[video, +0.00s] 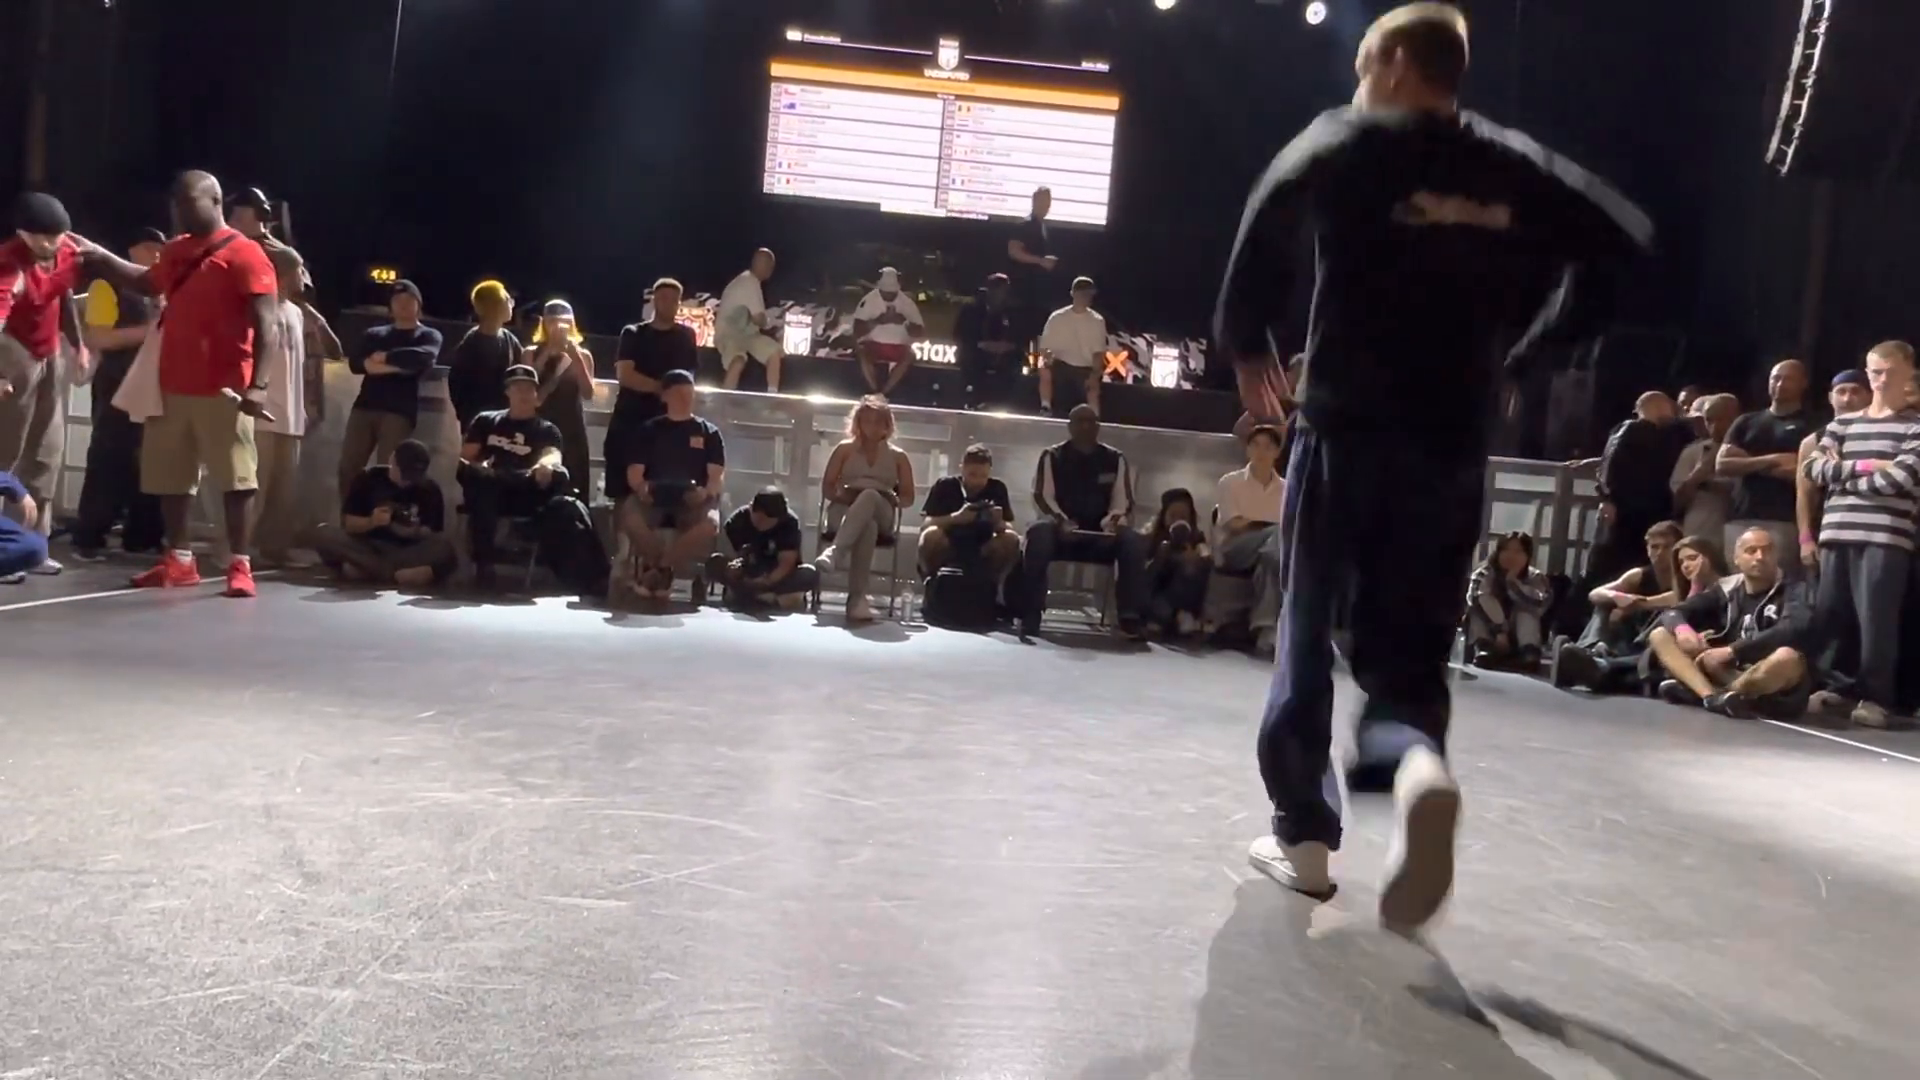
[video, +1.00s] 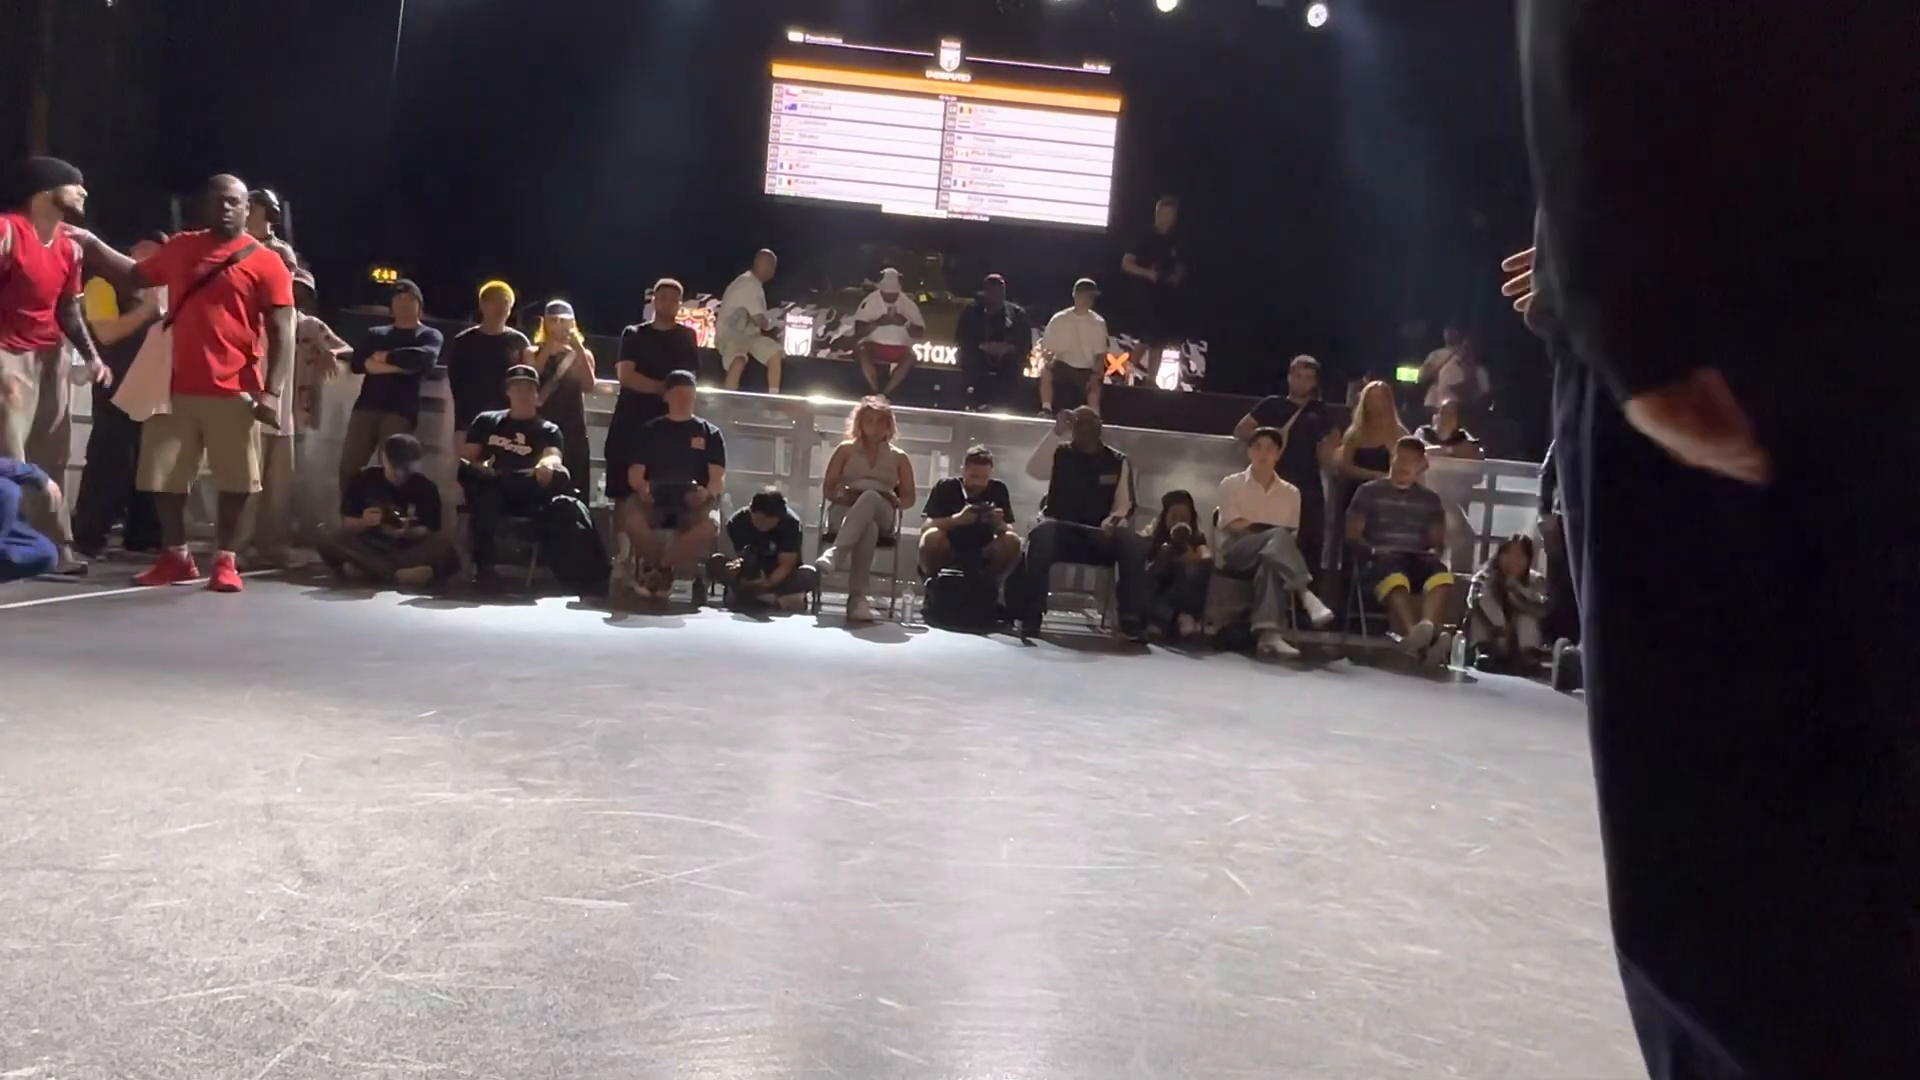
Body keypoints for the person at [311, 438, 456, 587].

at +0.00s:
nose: (405, 484)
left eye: (411, 481)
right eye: (402, 477)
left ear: (421, 473)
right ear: (392, 462)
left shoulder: (429, 489)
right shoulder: (368, 479)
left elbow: (435, 533)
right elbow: (349, 524)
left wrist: (414, 532)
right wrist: (371, 522)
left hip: (410, 550)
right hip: (368, 546)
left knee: (444, 550)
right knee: (323, 534)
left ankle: (370, 572)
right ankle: (393, 574)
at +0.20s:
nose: (404, 484)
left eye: (409, 480)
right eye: (400, 477)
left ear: (420, 473)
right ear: (390, 462)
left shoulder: (429, 489)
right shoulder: (367, 479)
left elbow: (434, 532)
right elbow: (349, 524)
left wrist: (415, 531)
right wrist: (369, 522)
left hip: (409, 550)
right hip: (368, 546)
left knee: (443, 549)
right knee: (323, 534)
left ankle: (370, 572)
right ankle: (393, 574)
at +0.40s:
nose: (402, 483)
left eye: (408, 480)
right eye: (398, 477)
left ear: (419, 471)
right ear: (388, 462)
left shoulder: (428, 489)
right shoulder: (366, 480)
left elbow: (432, 531)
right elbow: (348, 524)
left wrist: (408, 532)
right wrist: (368, 523)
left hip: (410, 550)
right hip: (369, 546)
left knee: (443, 549)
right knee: (326, 535)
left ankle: (369, 571)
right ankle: (393, 573)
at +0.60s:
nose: (400, 483)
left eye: (407, 480)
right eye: (397, 477)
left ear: (418, 471)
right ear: (387, 462)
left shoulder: (428, 489)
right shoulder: (365, 480)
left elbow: (432, 530)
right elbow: (348, 524)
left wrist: (407, 532)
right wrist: (367, 522)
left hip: (410, 550)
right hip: (369, 546)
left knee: (443, 548)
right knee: (326, 536)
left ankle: (369, 571)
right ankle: (394, 573)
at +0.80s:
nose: (401, 483)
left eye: (407, 480)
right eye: (397, 477)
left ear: (418, 471)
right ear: (387, 462)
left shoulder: (428, 489)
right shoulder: (365, 480)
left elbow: (433, 531)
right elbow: (349, 524)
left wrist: (408, 531)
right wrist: (366, 522)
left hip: (410, 549)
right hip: (371, 546)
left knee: (445, 551)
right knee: (327, 536)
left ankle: (370, 572)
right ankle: (394, 574)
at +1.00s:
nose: (401, 474)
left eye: (406, 468)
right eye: (396, 468)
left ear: (414, 465)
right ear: (385, 460)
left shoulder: (426, 487)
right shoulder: (363, 480)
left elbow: (430, 528)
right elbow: (347, 523)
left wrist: (406, 533)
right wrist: (364, 522)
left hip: (410, 548)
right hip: (370, 544)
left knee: (446, 551)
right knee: (326, 536)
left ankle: (371, 572)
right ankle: (393, 573)